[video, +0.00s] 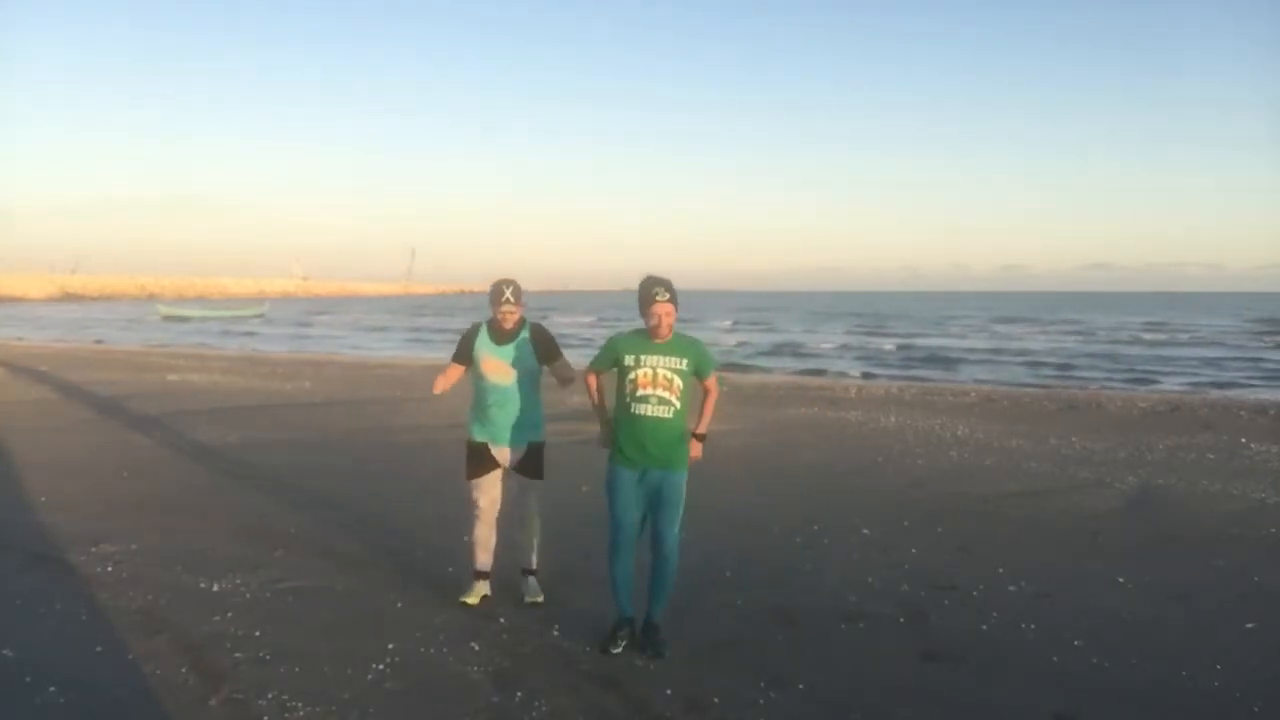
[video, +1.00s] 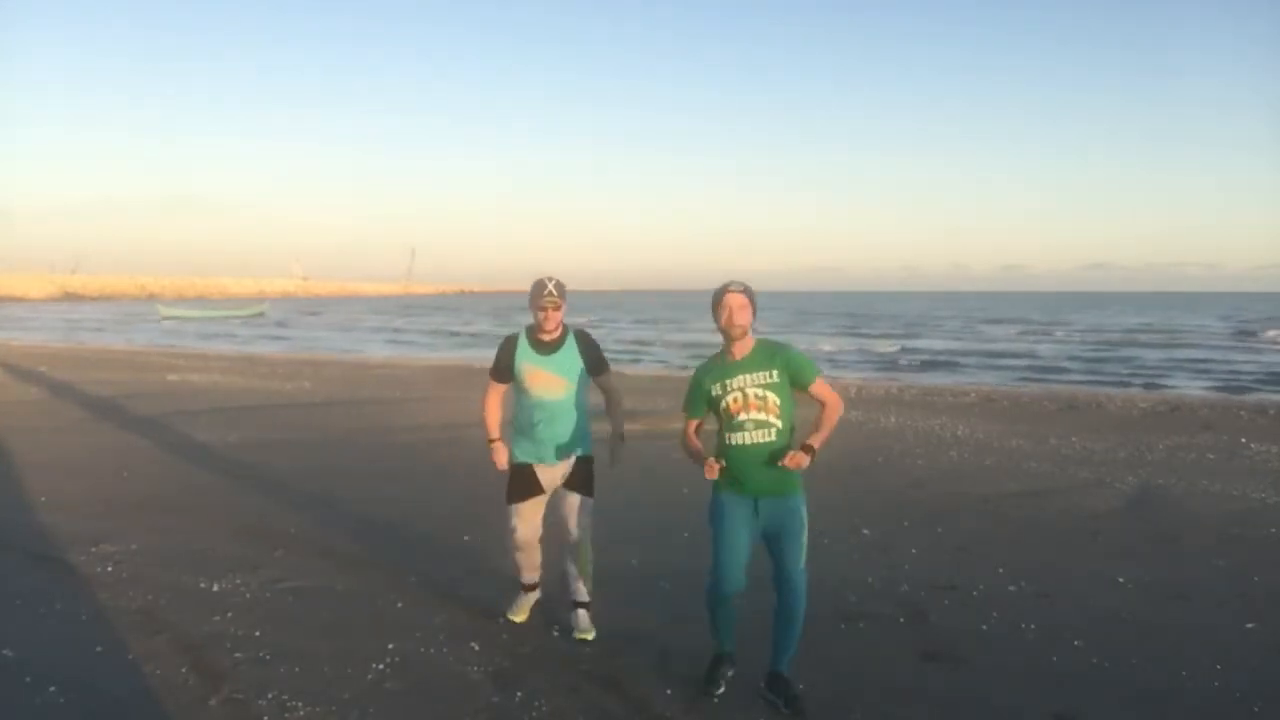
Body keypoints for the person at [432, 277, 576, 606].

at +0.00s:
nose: (508, 315)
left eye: (513, 309)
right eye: (502, 309)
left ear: (522, 308)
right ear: (492, 308)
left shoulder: (535, 334)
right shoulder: (477, 334)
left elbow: (564, 372)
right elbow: (457, 367)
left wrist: (566, 375)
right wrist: (443, 381)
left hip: (527, 437)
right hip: (484, 436)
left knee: (527, 505)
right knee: (484, 508)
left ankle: (530, 576)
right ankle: (481, 579)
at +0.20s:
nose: (504, 317)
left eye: (509, 311)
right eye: (498, 311)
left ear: (518, 308)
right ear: (488, 309)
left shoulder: (533, 333)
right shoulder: (472, 336)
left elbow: (566, 369)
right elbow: (445, 374)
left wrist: (556, 397)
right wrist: (442, 400)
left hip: (523, 436)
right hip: (481, 437)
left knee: (525, 507)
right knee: (480, 510)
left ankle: (528, 576)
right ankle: (480, 579)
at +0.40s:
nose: (495, 327)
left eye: (502, 321)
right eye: (490, 320)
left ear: (512, 320)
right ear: (481, 320)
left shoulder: (529, 348)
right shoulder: (463, 354)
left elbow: (549, 389)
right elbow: (449, 401)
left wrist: (550, 435)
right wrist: (449, 448)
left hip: (528, 448)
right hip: (481, 451)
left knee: (542, 514)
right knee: (478, 521)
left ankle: (544, 580)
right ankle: (480, 583)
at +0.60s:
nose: (506, 327)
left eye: (512, 320)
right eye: (501, 320)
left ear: (521, 320)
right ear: (491, 321)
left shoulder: (541, 350)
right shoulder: (473, 356)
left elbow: (563, 386)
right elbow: (456, 401)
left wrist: (561, 423)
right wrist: (467, 445)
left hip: (543, 455)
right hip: (494, 458)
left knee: (560, 527)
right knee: (486, 527)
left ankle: (576, 599)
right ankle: (480, 583)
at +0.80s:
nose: (524, 316)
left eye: (531, 309)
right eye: (518, 309)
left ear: (540, 310)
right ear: (508, 311)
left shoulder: (560, 340)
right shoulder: (492, 348)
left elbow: (587, 380)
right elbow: (474, 393)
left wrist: (587, 422)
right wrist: (484, 440)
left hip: (562, 450)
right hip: (514, 454)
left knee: (573, 529)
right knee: (499, 525)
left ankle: (581, 606)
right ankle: (481, 576)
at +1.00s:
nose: (548, 315)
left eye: (555, 308)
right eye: (542, 308)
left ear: (564, 308)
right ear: (532, 309)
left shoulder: (582, 343)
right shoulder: (513, 348)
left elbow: (610, 389)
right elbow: (493, 395)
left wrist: (617, 431)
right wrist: (494, 439)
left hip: (574, 454)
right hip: (527, 456)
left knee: (576, 532)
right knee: (523, 532)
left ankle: (581, 609)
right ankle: (529, 591)